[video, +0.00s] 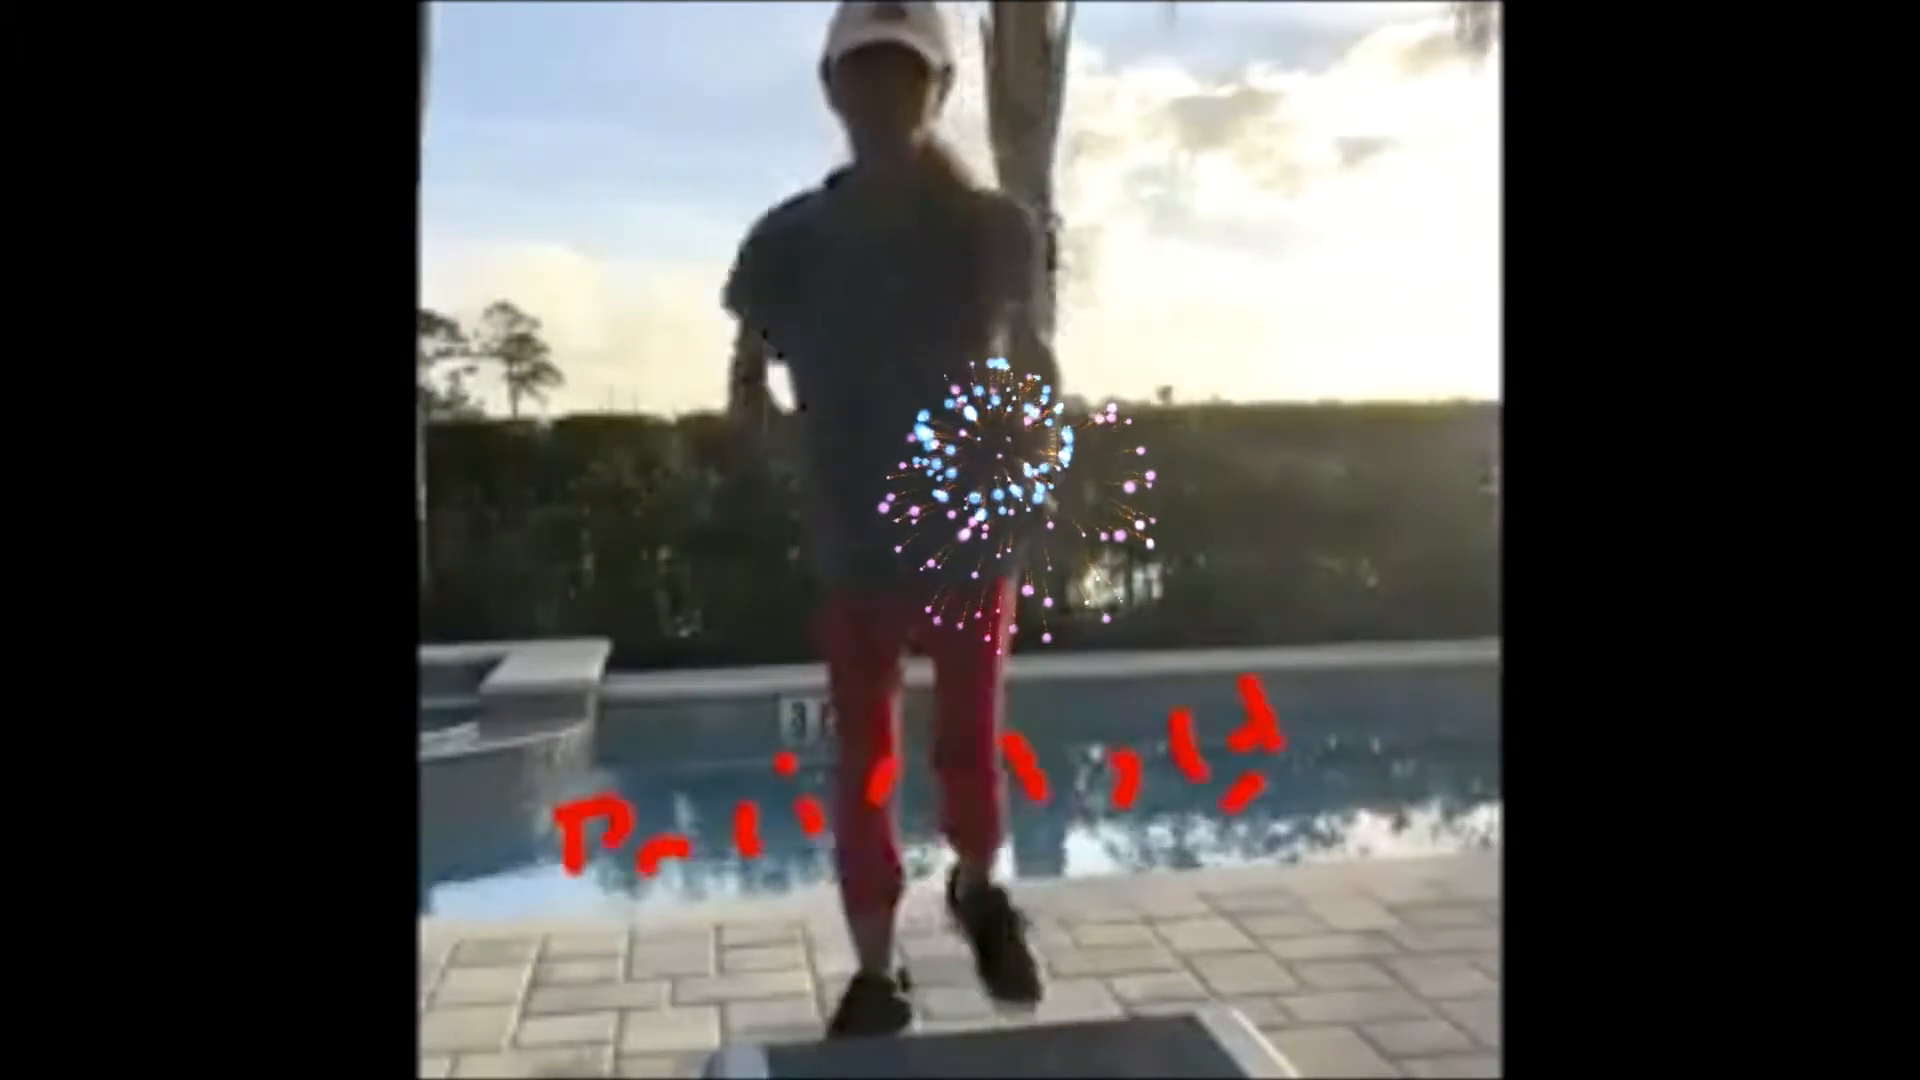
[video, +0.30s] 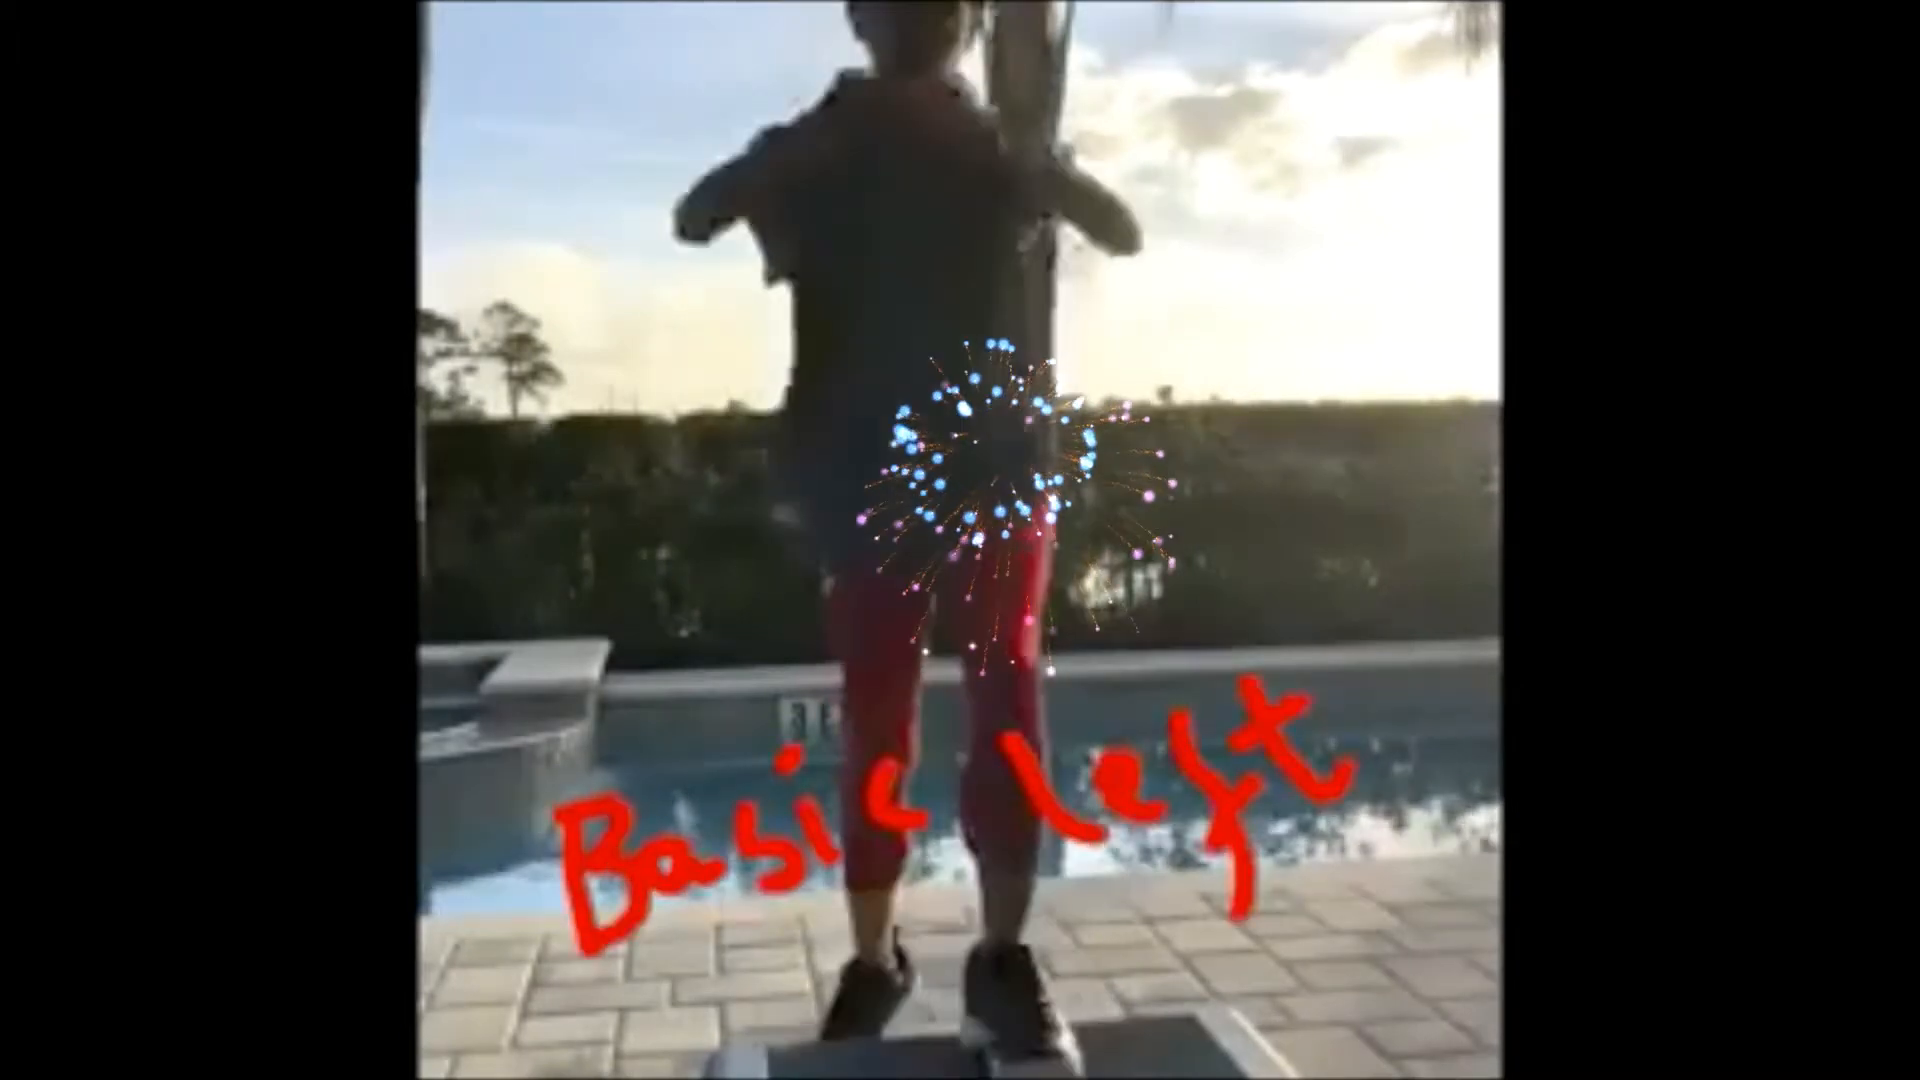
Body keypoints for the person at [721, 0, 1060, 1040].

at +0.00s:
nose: (881, 92)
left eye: (901, 71)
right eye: (862, 72)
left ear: (935, 83)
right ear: (834, 87)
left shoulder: (1000, 226)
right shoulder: (790, 235)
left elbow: (1033, 371)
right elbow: (746, 387)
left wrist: (1027, 456)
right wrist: (766, 442)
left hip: (972, 509)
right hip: (852, 515)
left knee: (971, 737)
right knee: (864, 750)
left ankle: (979, 887)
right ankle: (876, 968)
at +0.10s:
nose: (877, 83)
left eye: (895, 61)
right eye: (857, 63)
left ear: (929, 73)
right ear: (831, 79)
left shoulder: (991, 215)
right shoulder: (789, 220)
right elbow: (773, 379)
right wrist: (917, 344)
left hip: (978, 485)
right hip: (856, 498)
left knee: (987, 659)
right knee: (871, 726)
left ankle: (990, 854)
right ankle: (876, 971)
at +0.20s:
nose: (890, 77)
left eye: (908, 57)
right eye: (870, 56)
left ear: (938, 71)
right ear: (837, 70)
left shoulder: (995, 201)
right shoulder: (793, 198)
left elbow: (1027, 323)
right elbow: (770, 296)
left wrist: (903, 294)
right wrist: (884, 265)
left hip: (988, 462)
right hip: (862, 466)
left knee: (1007, 646)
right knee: (875, 701)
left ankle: (1006, 912)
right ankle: (878, 964)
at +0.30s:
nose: (920, 36)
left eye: (937, 20)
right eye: (898, 19)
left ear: (961, 30)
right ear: (861, 27)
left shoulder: (998, 148)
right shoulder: (815, 144)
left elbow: (1122, 234)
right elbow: (695, 218)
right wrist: (789, 150)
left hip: (999, 458)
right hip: (862, 460)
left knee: (1007, 694)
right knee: (878, 710)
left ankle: (1004, 960)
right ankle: (871, 962)